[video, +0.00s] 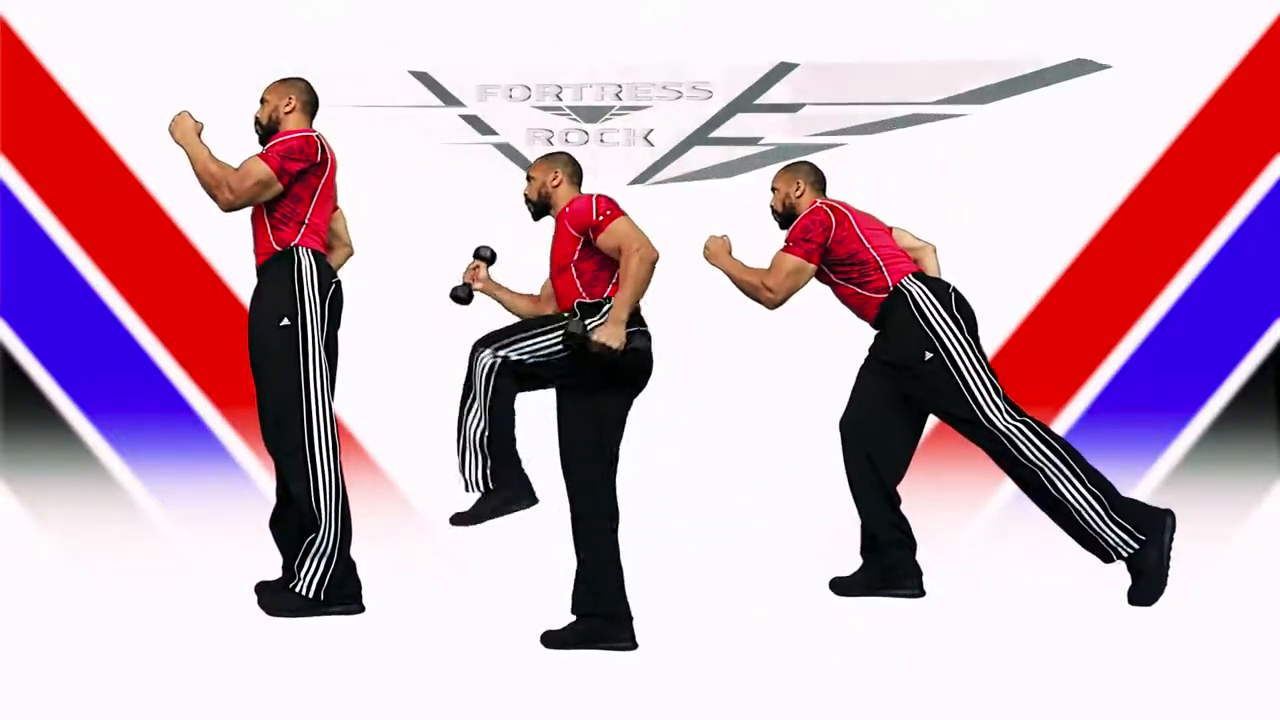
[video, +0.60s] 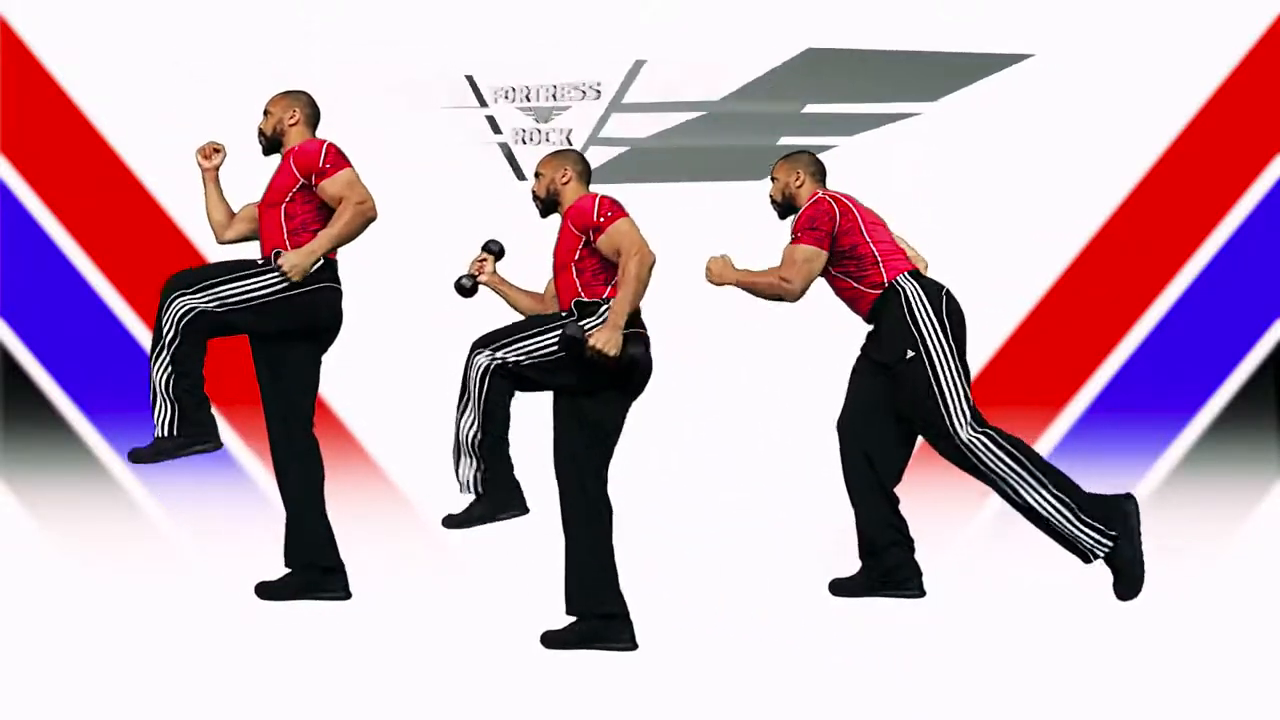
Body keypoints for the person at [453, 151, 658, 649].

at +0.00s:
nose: (525, 192)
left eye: (529, 181)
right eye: (525, 184)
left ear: (555, 178)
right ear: (559, 180)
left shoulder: (585, 207)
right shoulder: (567, 237)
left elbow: (641, 253)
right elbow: (543, 308)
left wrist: (617, 320)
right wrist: (488, 285)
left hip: (597, 335)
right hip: (609, 350)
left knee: (490, 356)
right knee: (589, 485)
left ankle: (503, 484)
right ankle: (603, 619)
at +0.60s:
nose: (532, 187)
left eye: (538, 177)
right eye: (533, 179)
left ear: (564, 176)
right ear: (564, 177)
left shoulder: (589, 205)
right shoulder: (571, 236)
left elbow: (638, 255)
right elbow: (550, 306)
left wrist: (616, 323)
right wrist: (494, 281)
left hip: (595, 333)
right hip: (614, 352)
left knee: (487, 357)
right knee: (581, 484)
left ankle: (494, 489)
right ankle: (602, 619)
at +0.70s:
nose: (526, 188)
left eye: (531, 178)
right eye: (527, 180)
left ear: (555, 176)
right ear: (561, 178)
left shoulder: (584, 209)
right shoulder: (568, 234)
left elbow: (616, 267)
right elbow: (572, 318)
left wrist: (575, 333)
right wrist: (512, 312)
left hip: (611, 337)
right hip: (615, 353)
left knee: (515, 409)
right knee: (584, 479)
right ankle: (602, 620)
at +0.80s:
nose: (518, 197)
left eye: (523, 187)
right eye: (518, 189)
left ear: (549, 185)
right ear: (550, 186)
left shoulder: (578, 216)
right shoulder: (563, 240)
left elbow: (590, 285)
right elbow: (590, 328)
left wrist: (526, 334)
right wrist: (537, 350)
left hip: (624, 340)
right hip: (600, 353)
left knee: (587, 463)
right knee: (575, 472)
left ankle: (709, 557)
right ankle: (602, 617)